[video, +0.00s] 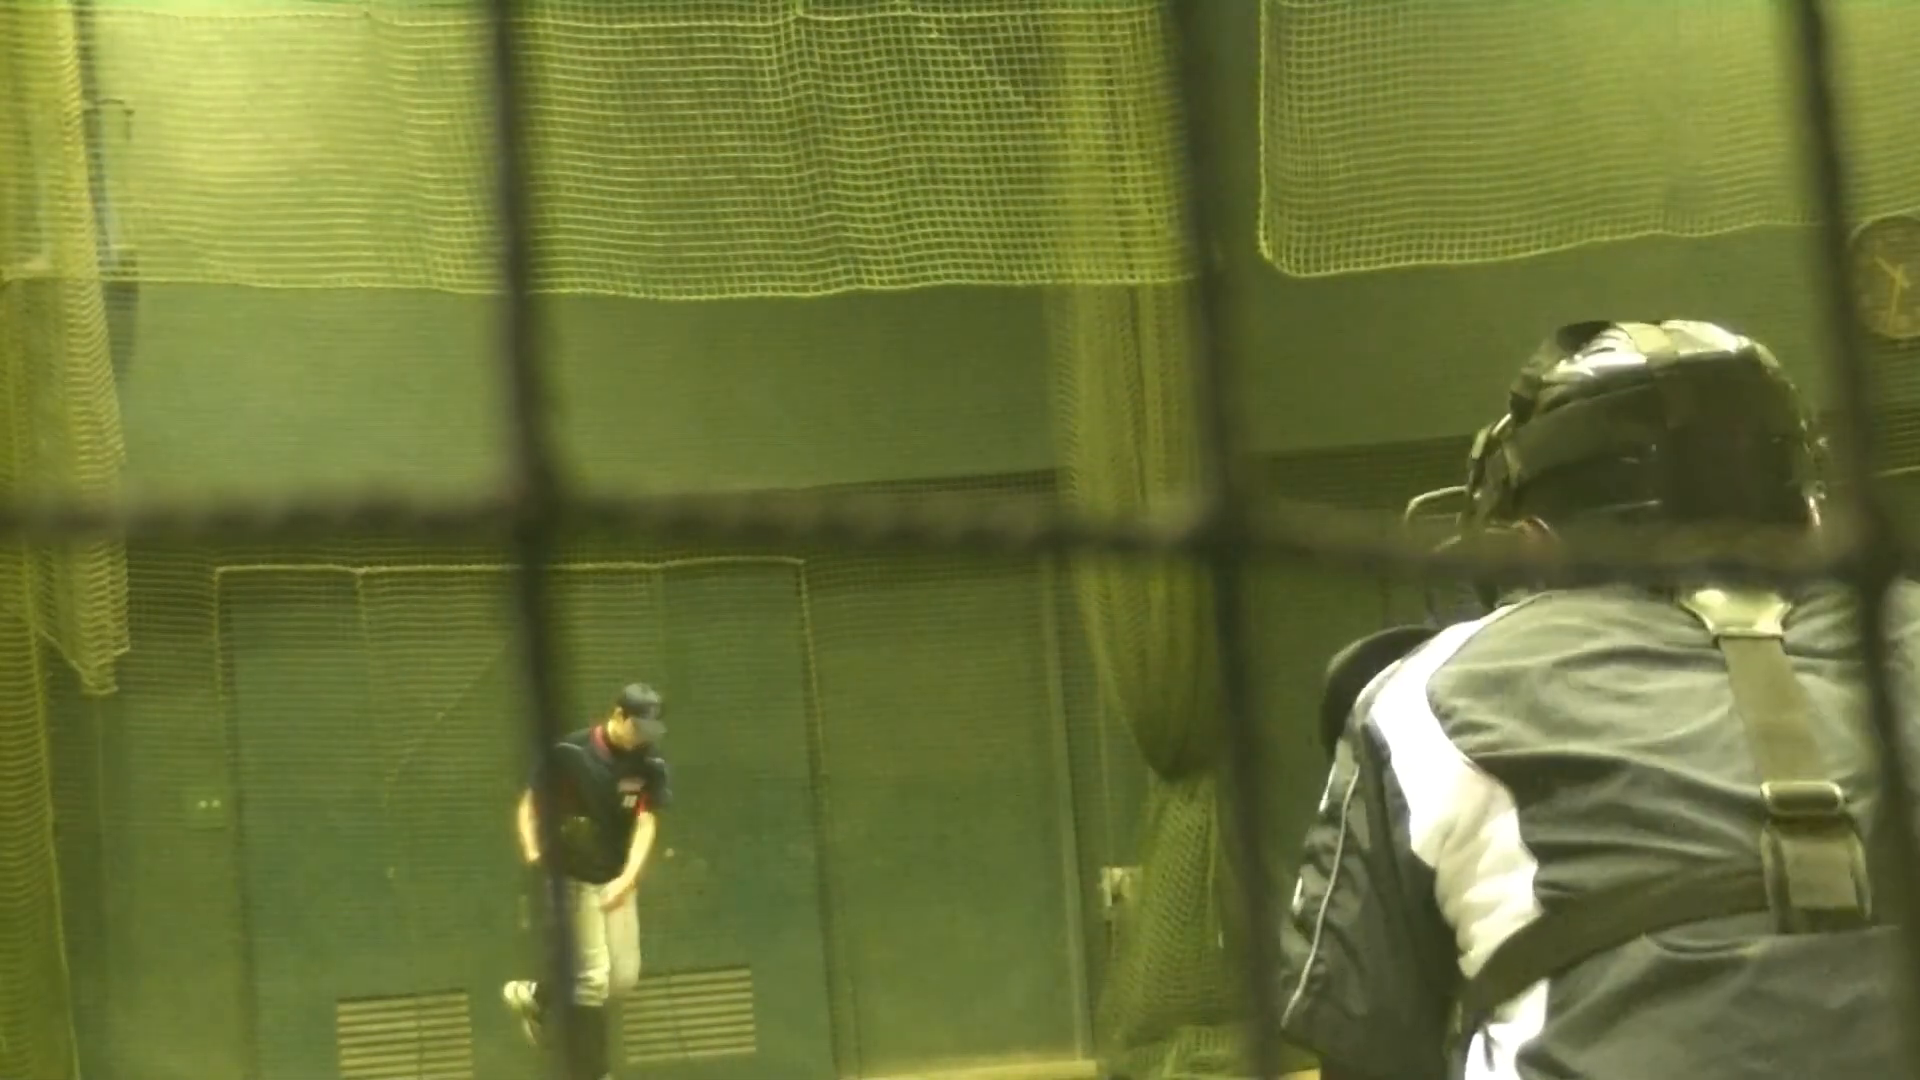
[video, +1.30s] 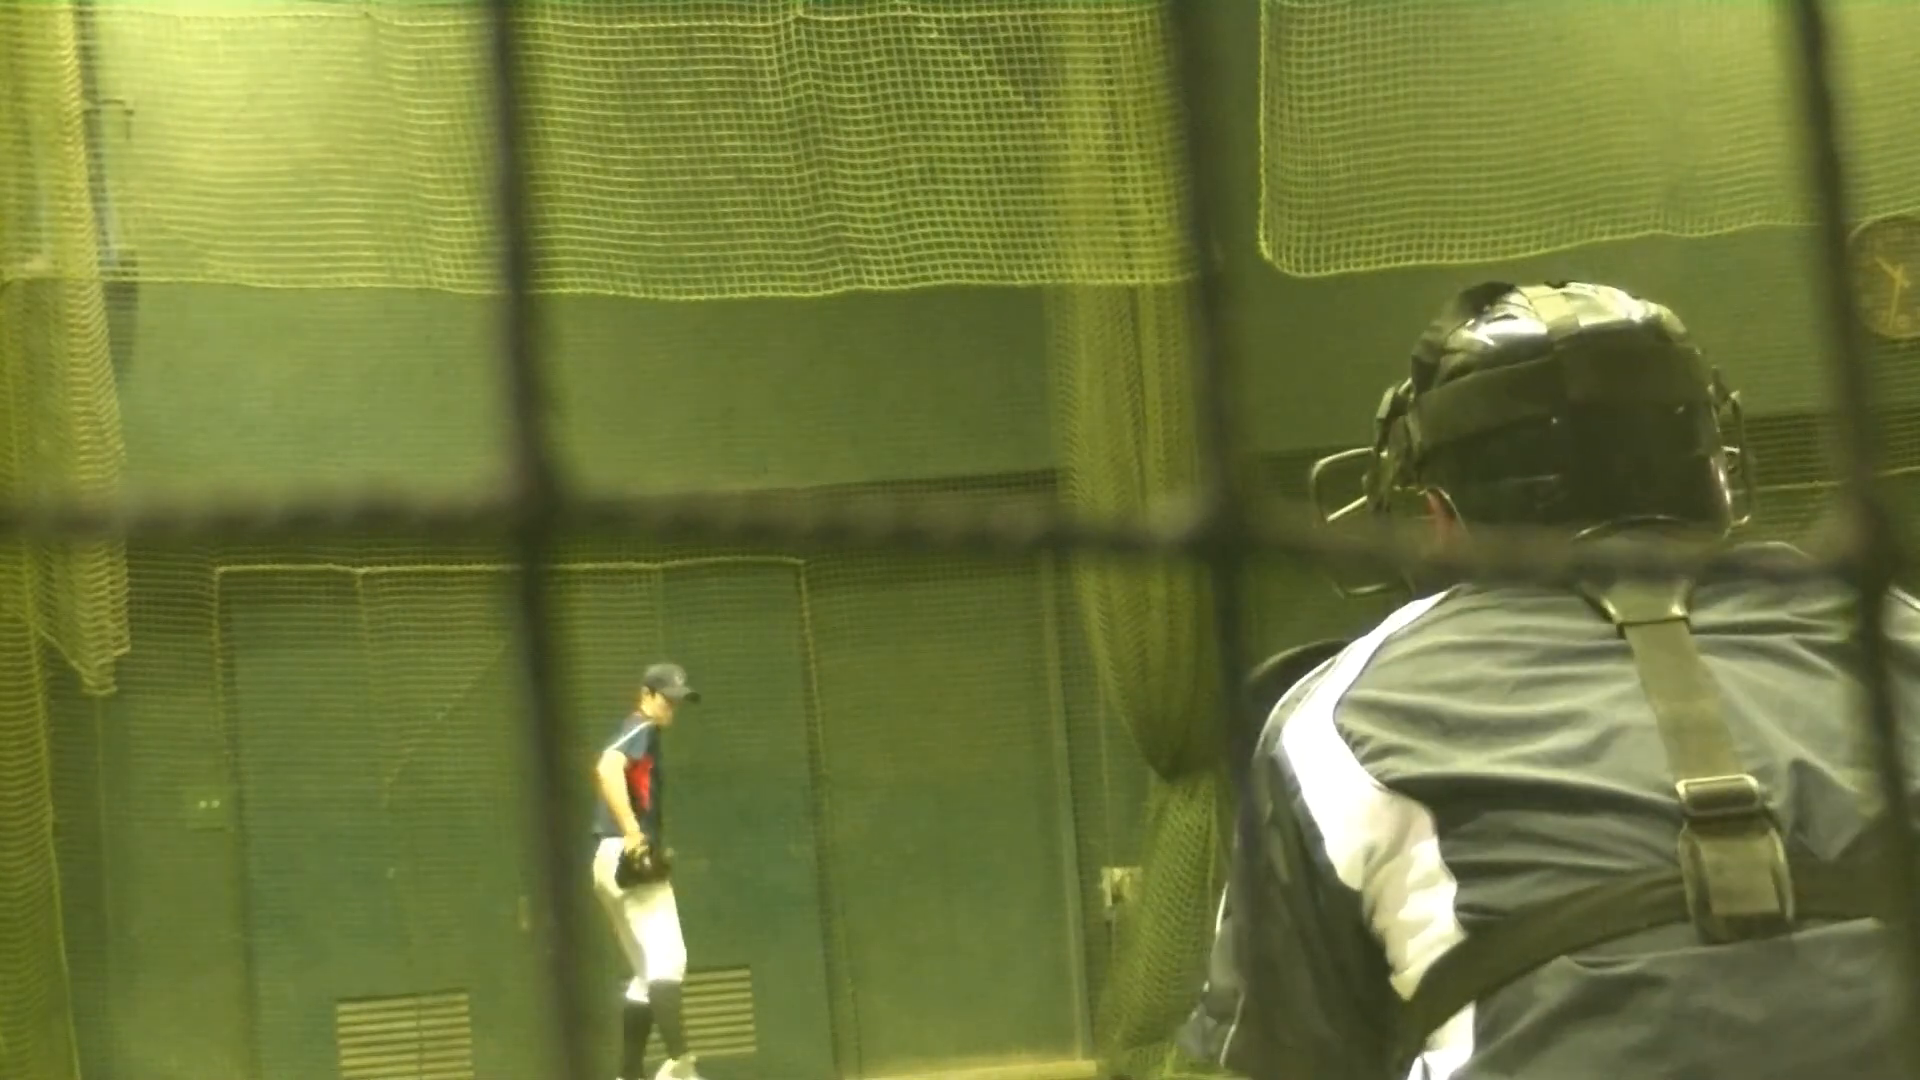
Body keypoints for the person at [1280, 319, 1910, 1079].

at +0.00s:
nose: (1482, 557)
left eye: (1492, 530)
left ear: (1532, 542)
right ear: (1798, 511)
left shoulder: (1421, 702)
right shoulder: (1902, 625)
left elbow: (1349, 1042)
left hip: (1616, 1037)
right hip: (1897, 1029)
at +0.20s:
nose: (1467, 541)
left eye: (1469, 521)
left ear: (1509, 527)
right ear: (1771, 492)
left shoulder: (1398, 686)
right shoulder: (1899, 612)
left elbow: (1338, 1036)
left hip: (1596, 1036)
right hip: (1893, 1026)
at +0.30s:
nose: (1452, 544)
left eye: (1459, 524)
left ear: (1500, 531)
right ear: (1768, 501)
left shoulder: (1391, 699)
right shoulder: (1894, 614)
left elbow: (1331, 1037)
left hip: (1587, 1038)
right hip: (1889, 1023)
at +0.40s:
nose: (1448, 555)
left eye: (1455, 535)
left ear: (1495, 540)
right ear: (1768, 507)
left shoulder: (1387, 713)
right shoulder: (1900, 621)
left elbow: (1319, 1044)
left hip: (1598, 1030)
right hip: (1889, 1019)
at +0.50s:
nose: (1432, 551)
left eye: (1442, 529)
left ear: (1486, 533)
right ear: (1760, 499)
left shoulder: (1372, 710)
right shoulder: (1895, 622)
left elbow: (1311, 1044)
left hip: (1592, 1033)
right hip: (1889, 1023)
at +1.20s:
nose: (1389, 540)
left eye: (1393, 516)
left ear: (1437, 527)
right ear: (1716, 487)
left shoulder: (1319, 722)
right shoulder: (1891, 625)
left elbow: (1281, 1055)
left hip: (1567, 1021)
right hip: (1888, 1009)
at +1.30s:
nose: (1400, 540)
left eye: (1403, 517)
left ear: (1441, 527)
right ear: (1718, 489)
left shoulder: (1324, 722)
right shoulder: (1892, 626)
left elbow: (1280, 1053)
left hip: (1572, 1021)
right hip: (1888, 1007)